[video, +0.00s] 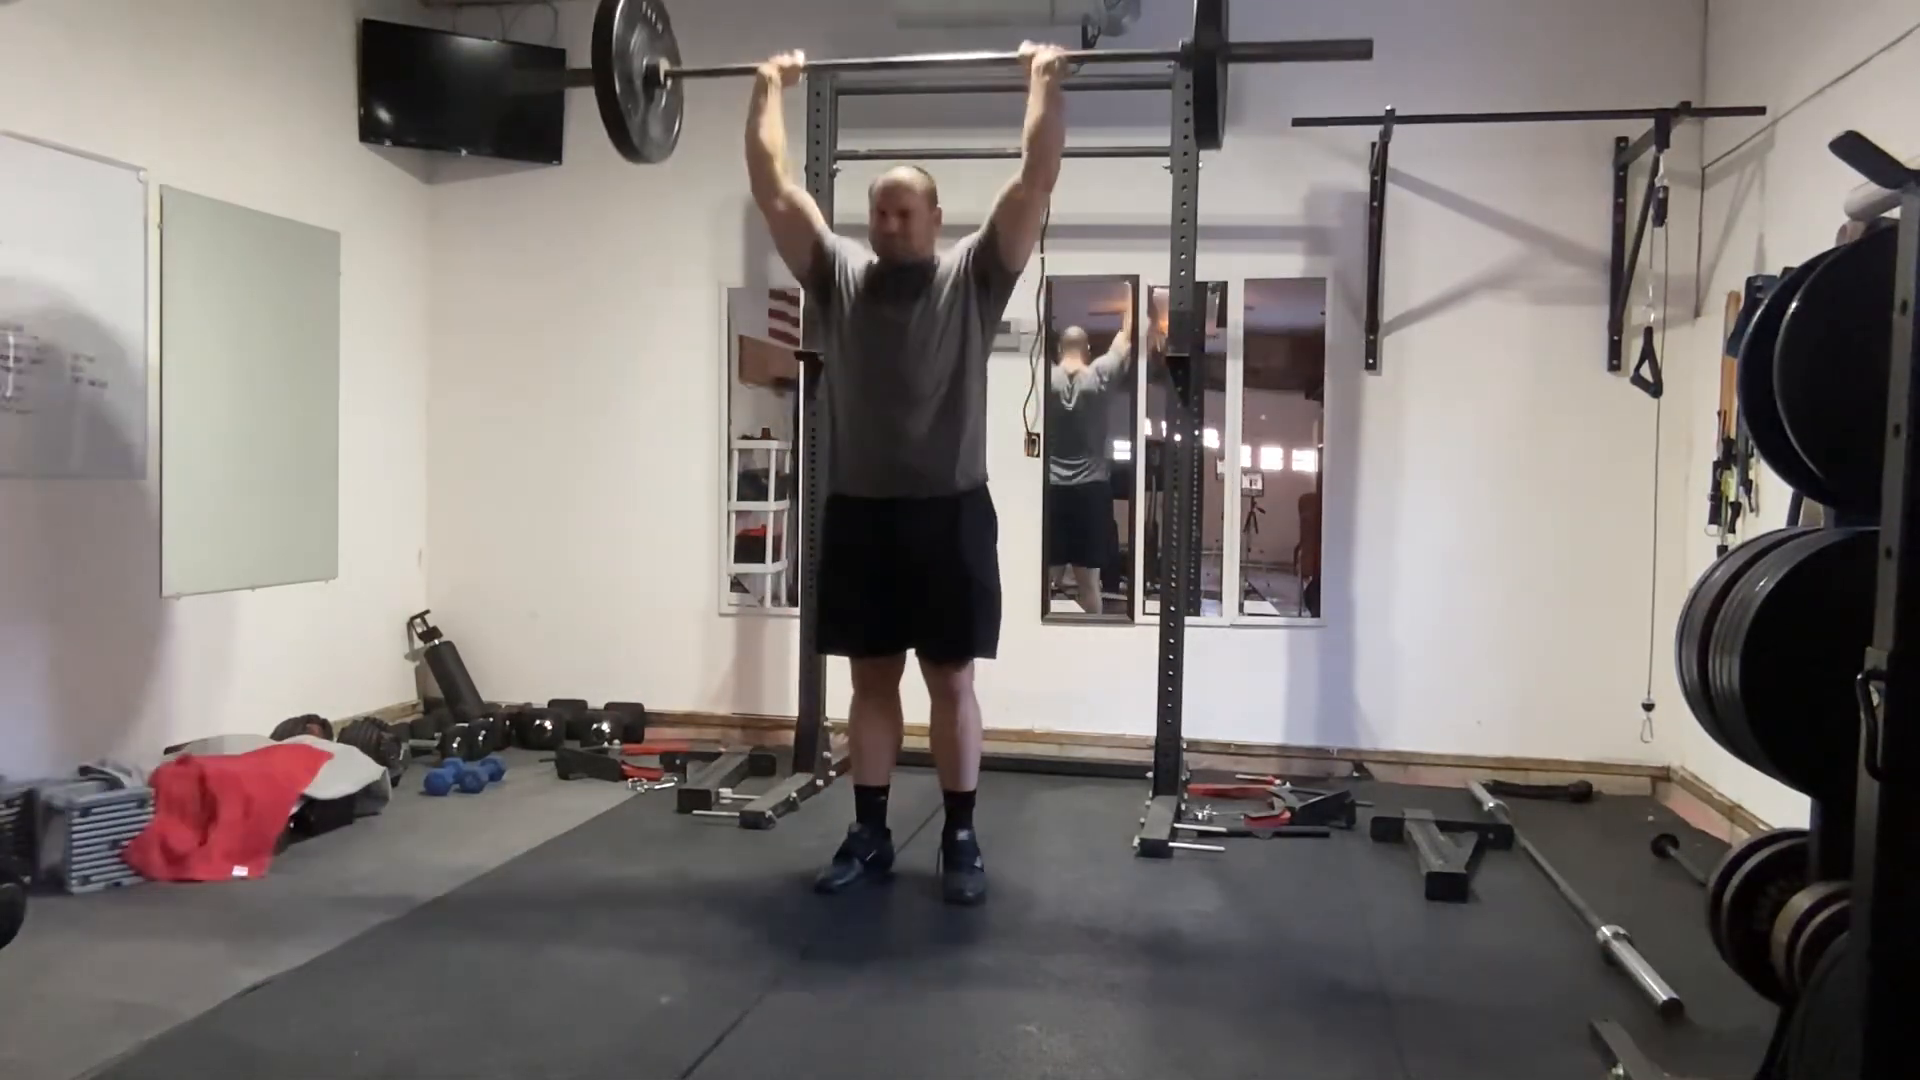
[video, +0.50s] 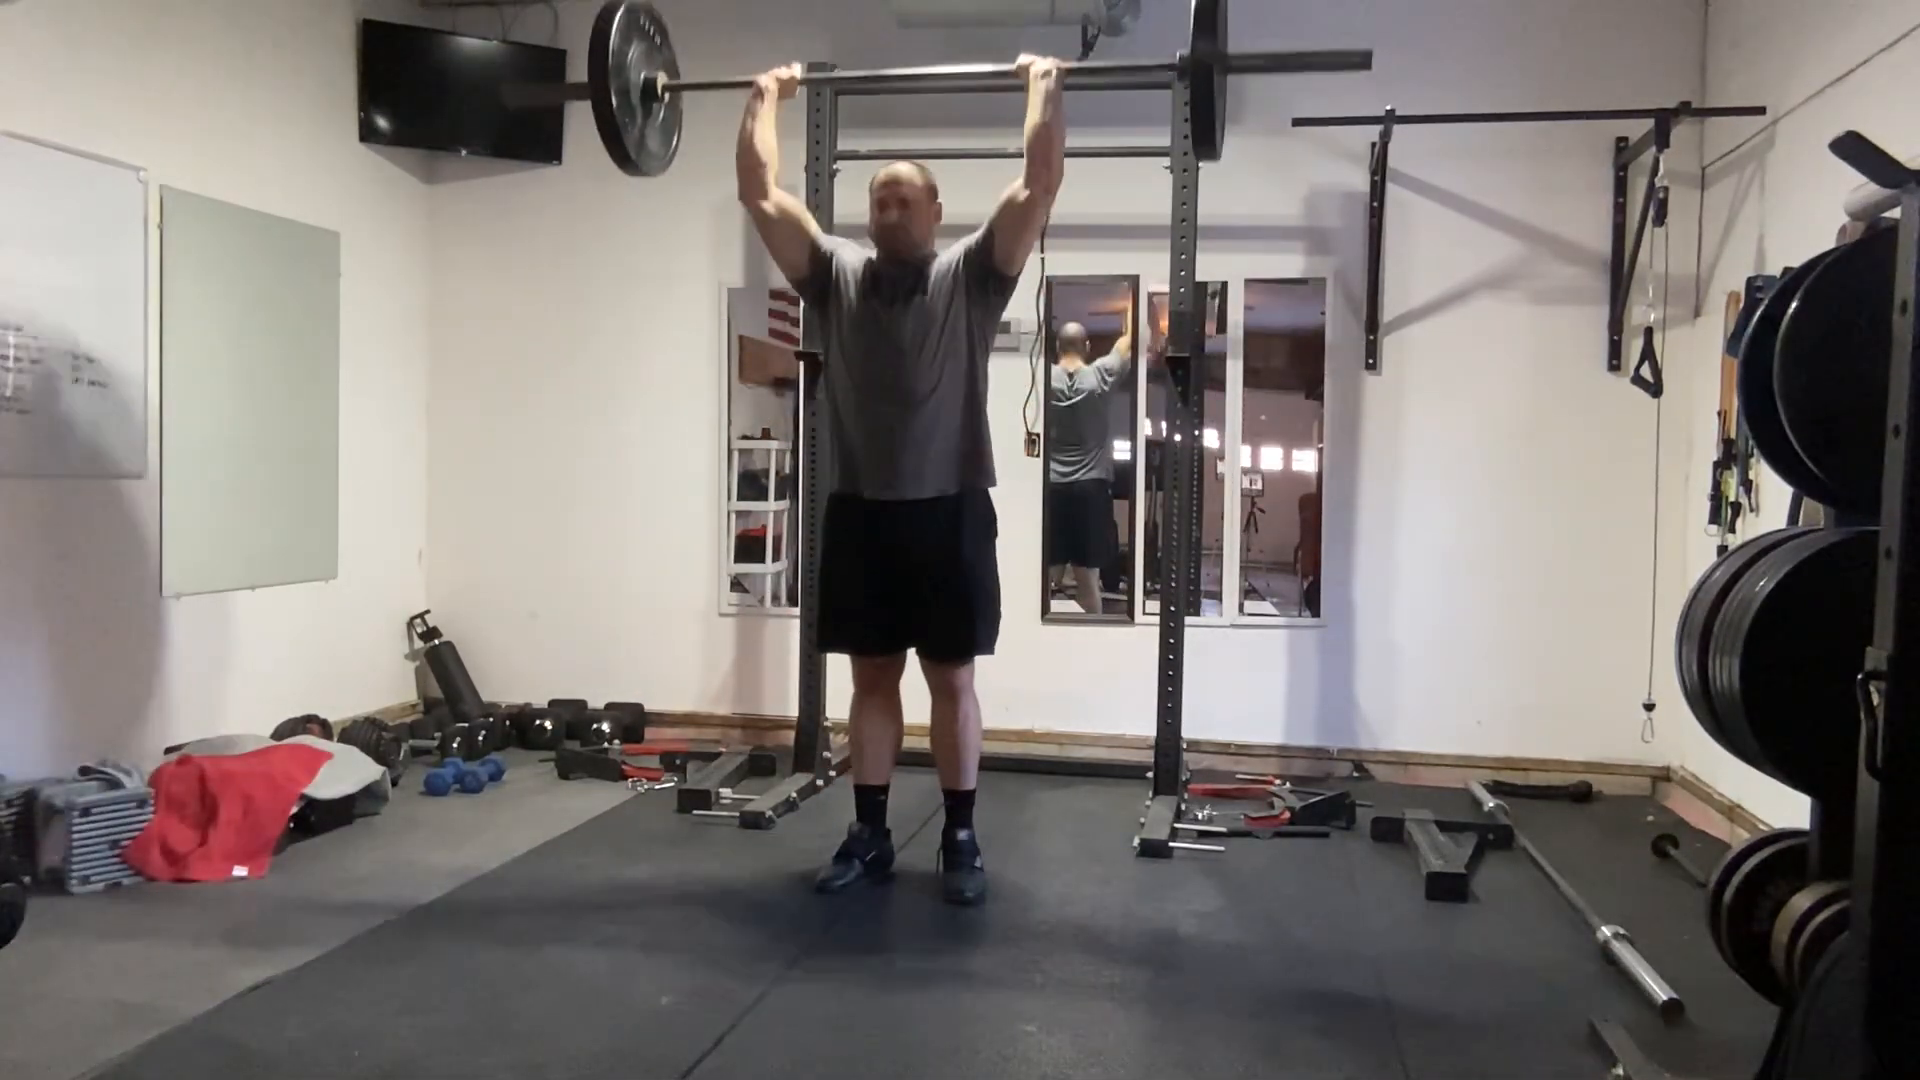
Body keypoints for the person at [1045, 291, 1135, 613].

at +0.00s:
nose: (1080, 352)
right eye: (1084, 346)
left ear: (1058, 349)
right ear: (1089, 348)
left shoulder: (1043, 379)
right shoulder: (1100, 374)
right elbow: (1127, 333)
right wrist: (1133, 296)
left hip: (1050, 489)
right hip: (1090, 489)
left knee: (1044, 578)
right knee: (1087, 576)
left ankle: (1035, 643)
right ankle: (1097, 640)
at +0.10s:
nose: (1079, 351)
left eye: (1072, 347)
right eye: (1082, 347)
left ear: (1057, 353)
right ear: (1088, 351)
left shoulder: (1045, 378)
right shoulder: (1098, 375)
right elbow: (1122, 330)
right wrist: (1131, 293)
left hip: (1050, 485)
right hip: (1089, 483)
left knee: (1043, 574)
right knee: (1086, 574)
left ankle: (1036, 640)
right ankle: (1097, 635)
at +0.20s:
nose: (1078, 349)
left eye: (1072, 346)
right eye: (1081, 346)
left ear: (1058, 354)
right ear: (1088, 352)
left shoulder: (1046, 378)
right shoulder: (1098, 375)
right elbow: (1120, 332)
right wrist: (1129, 298)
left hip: (1051, 484)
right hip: (1090, 483)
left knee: (1044, 573)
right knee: (1086, 573)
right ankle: (1097, 634)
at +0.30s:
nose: (1079, 348)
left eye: (1072, 346)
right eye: (1081, 346)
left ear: (1057, 354)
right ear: (1088, 352)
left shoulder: (1046, 378)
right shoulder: (1098, 376)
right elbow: (1121, 331)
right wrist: (1131, 293)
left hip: (1051, 484)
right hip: (1090, 483)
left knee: (1046, 570)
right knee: (1085, 571)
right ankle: (1097, 632)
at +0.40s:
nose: (1079, 350)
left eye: (1072, 346)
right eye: (1081, 346)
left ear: (1057, 353)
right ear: (1087, 351)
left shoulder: (1045, 378)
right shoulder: (1099, 375)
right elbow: (1125, 331)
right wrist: (1132, 292)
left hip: (1051, 483)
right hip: (1090, 482)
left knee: (1045, 570)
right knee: (1085, 571)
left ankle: (1035, 637)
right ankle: (1097, 632)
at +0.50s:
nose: (1082, 347)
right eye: (1083, 343)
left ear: (1057, 347)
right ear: (1087, 346)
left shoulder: (1042, 379)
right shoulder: (1098, 377)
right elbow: (1129, 339)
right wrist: (1134, 302)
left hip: (1051, 488)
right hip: (1090, 487)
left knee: (1046, 574)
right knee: (1087, 575)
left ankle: (1038, 641)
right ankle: (1098, 638)